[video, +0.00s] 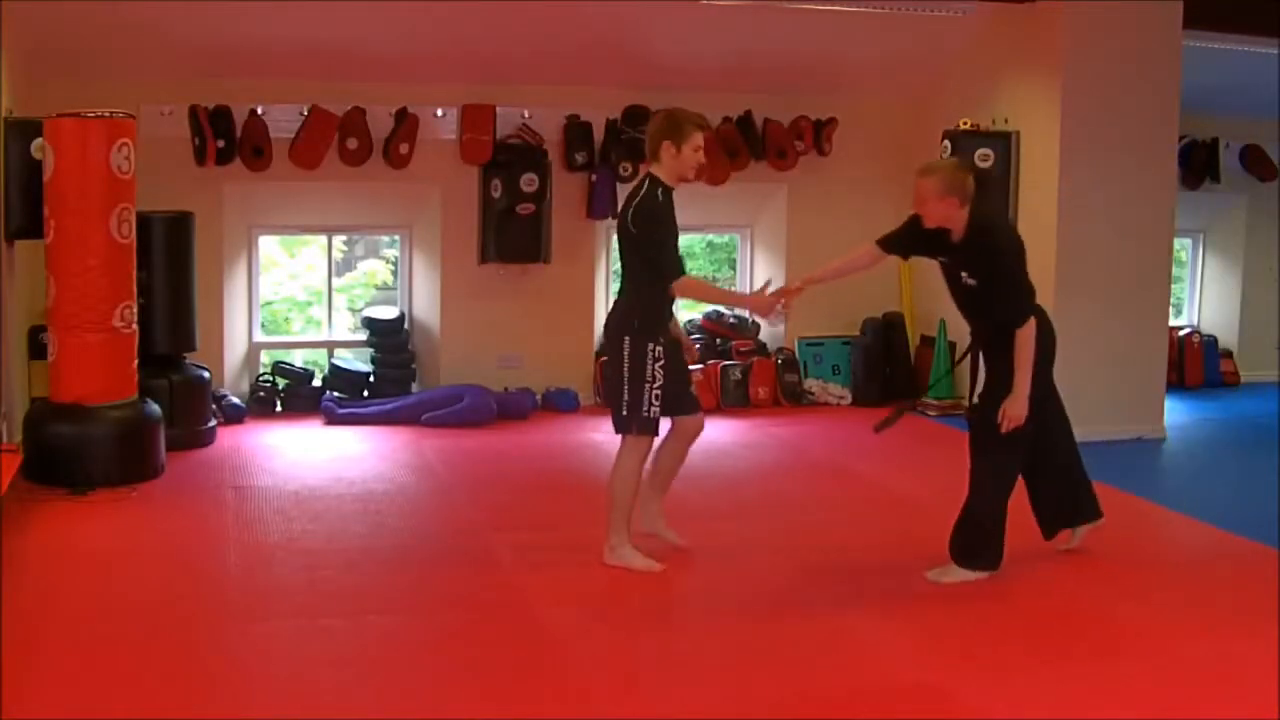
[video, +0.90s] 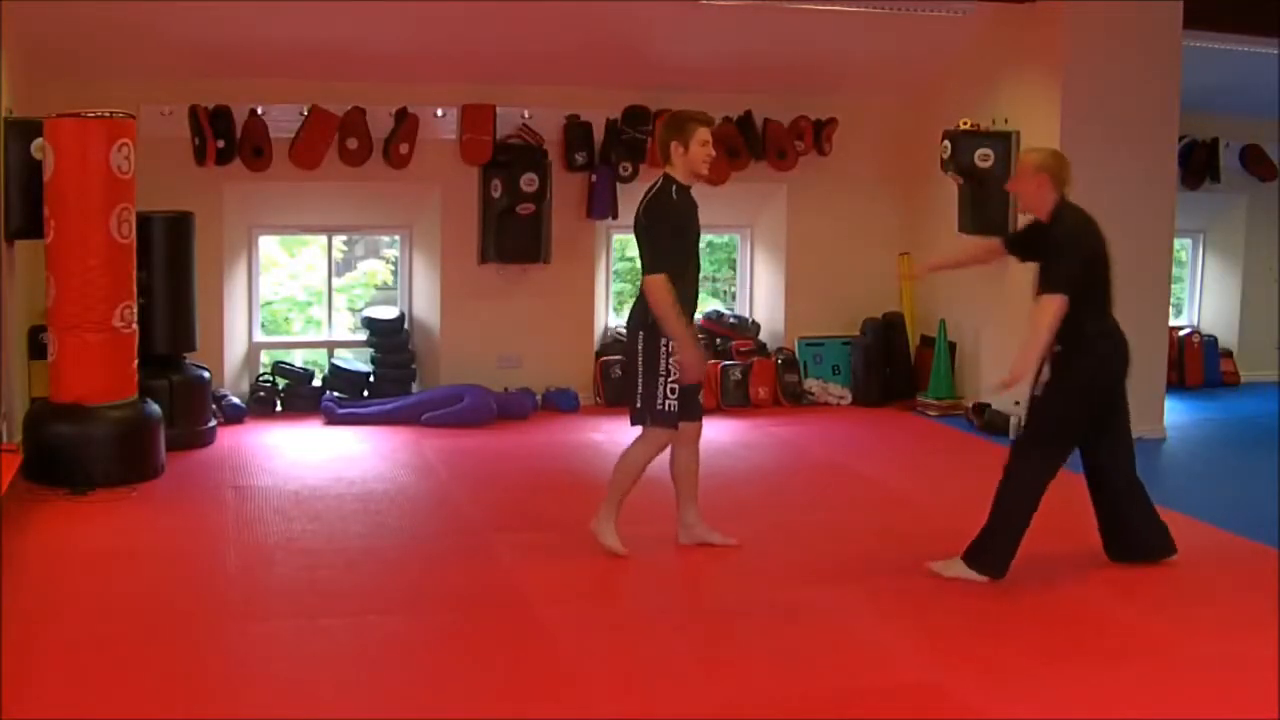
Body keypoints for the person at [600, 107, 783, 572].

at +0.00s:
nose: (702, 159)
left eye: (703, 150)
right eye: (696, 149)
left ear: (668, 151)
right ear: (668, 149)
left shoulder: (652, 195)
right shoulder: (651, 199)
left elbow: (649, 284)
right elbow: (679, 284)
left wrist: (675, 331)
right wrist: (748, 301)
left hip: (655, 329)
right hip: (635, 329)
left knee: (688, 422)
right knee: (639, 435)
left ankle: (648, 515)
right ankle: (617, 543)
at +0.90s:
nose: (711, 153)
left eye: (711, 145)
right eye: (703, 145)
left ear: (688, 151)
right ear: (677, 149)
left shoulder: (682, 198)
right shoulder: (662, 198)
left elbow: (673, 277)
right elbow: (654, 282)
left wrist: (686, 336)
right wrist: (685, 343)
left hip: (678, 324)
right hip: (656, 327)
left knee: (688, 428)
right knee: (660, 430)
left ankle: (690, 523)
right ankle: (605, 517)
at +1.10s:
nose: (702, 157)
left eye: (703, 149)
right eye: (695, 149)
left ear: (677, 154)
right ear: (668, 153)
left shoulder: (673, 203)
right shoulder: (648, 201)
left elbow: (656, 274)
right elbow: (603, 270)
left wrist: (665, 330)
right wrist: (602, 337)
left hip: (668, 332)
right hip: (638, 332)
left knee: (684, 427)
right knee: (628, 434)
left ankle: (690, 523)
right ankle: (600, 527)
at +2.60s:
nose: (748, 194)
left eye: (749, 186)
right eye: (745, 185)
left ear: (721, 183)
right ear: (719, 182)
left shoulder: (703, 226)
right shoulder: (681, 226)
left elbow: (662, 285)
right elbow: (636, 289)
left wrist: (628, 317)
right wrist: (623, 321)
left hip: (679, 345)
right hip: (654, 347)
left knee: (713, 427)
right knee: (682, 446)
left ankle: (685, 509)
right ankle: (628, 526)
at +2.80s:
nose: (777, 267)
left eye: (778, 259)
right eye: (774, 257)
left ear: (745, 254)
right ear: (749, 254)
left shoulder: (715, 283)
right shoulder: (700, 285)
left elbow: (660, 322)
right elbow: (636, 327)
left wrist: (613, 341)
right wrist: (604, 351)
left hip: (662, 370)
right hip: (640, 371)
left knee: (720, 429)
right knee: (675, 467)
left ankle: (684, 508)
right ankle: (607, 553)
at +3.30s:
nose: (751, 191)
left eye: (753, 180)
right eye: (749, 179)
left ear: (715, 175)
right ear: (725, 175)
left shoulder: (682, 212)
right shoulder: (684, 221)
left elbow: (626, 283)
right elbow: (630, 292)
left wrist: (604, 323)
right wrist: (601, 327)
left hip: (643, 353)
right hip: (644, 357)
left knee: (654, 473)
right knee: (679, 477)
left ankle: (614, 559)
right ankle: (600, 561)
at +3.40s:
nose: (748, 173)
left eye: (749, 163)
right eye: (747, 162)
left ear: (705, 156)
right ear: (727, 158)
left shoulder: (669, 198)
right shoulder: (691, 206)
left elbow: (621, 271)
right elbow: (641, 279)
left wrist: (617, 320)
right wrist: (618, 323)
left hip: (640, 354)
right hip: (664, 356)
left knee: (656, 470)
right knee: (705, 477)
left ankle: (604, 577)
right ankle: (635, 587)